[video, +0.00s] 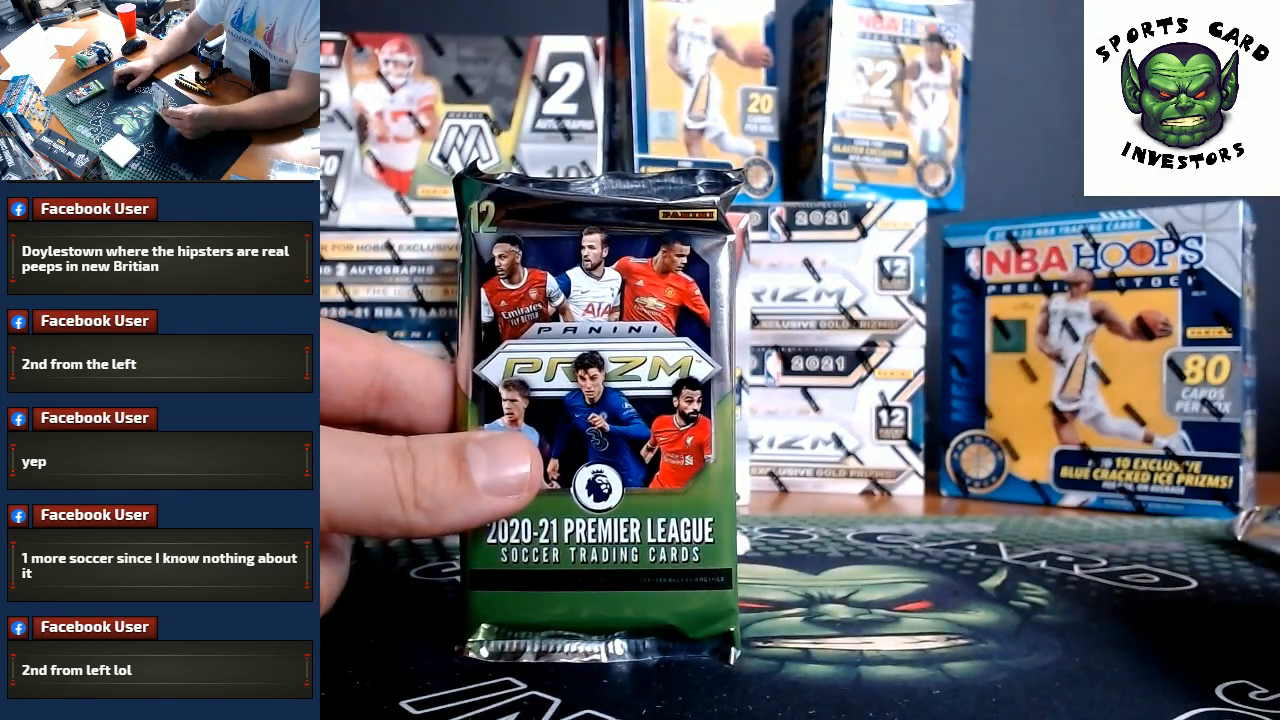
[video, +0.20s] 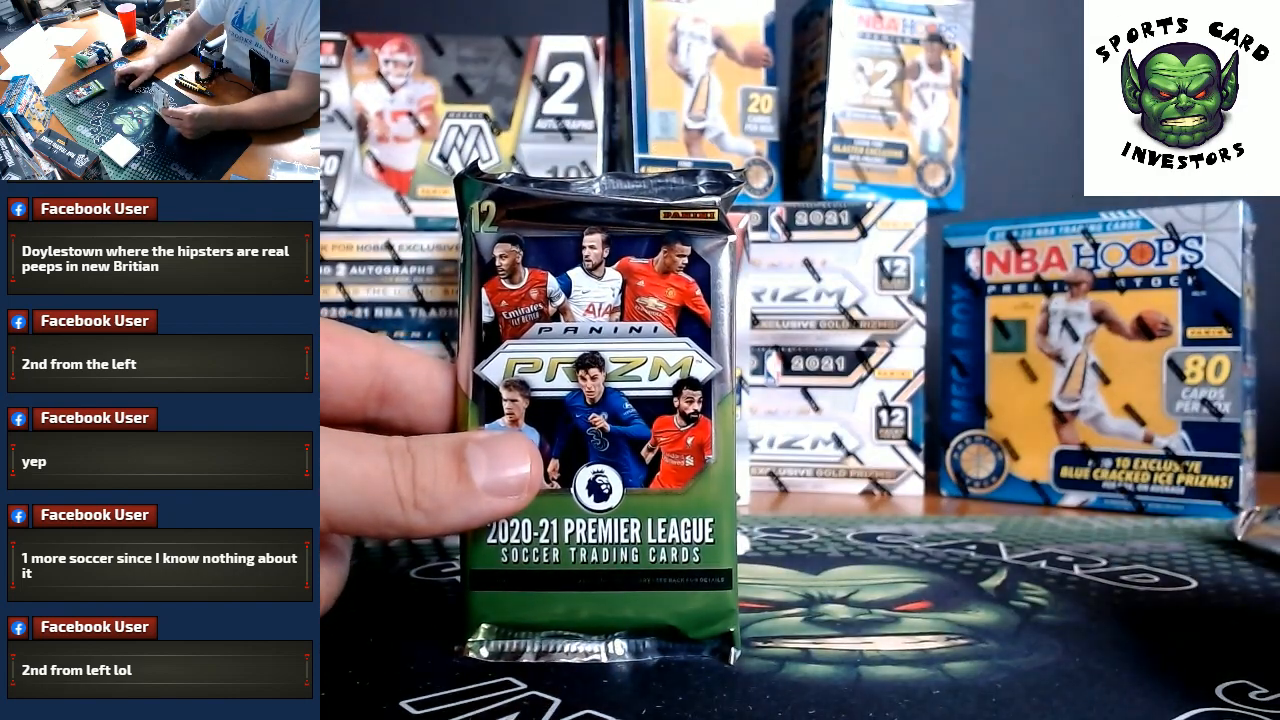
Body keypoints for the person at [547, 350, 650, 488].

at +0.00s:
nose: (588, 385)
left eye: (593, 378)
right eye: (582, 379)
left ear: (603, 375)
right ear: (576, 378)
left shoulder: (615, 399)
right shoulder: (571, 402)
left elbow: (644, 432)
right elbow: (565, 427)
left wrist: (610, 429)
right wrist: (555, 457)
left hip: (628, 474)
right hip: (596, 472)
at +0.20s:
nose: (589, 385)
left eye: (594, 378)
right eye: (583, 379)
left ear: (603, 376)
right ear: (577, 378)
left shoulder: (615, 400)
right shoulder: (572, 402)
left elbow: (644, 432)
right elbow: (566, 427)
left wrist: (610, 429)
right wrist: (556, 457)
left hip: (628, 474)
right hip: (597, 472)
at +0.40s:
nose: (587, 386)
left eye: (593, 379)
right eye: (582, 380)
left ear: (602, 377)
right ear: (576, 379)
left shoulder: (614, 400)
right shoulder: (571, 403)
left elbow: (643, 433)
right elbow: (564, 429)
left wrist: (610, 430)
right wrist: (554, 458)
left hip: (627, 475)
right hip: (596, 473)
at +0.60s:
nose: (587, 386)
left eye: (593, 379)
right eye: (582, 380)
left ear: (602, 377)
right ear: (576, 379)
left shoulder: (614, 400)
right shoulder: (570, 403)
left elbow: (643, 432)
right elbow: (564, 428)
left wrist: (610, 430)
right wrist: (554, 458)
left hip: (627, 474)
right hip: (596, 472)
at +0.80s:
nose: (588, 385)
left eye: (593, 378)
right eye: (583, 378)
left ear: (603, 376)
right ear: (577, 378)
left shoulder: (615, 399)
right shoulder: (572, 401)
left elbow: (644, 432)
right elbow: (566, 425)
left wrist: (610, 428)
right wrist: (555, 457)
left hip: (628, 474)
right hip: (596, 473)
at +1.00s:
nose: (595, 384)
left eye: (600, 377)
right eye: (589, 378)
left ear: (609, 375)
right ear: (584, 378)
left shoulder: (621, 399)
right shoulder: (578, 400)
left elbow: (649, 431)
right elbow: (572, 423)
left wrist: (616, 428)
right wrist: (561, 456)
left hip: (632, 474)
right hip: (601, 473)